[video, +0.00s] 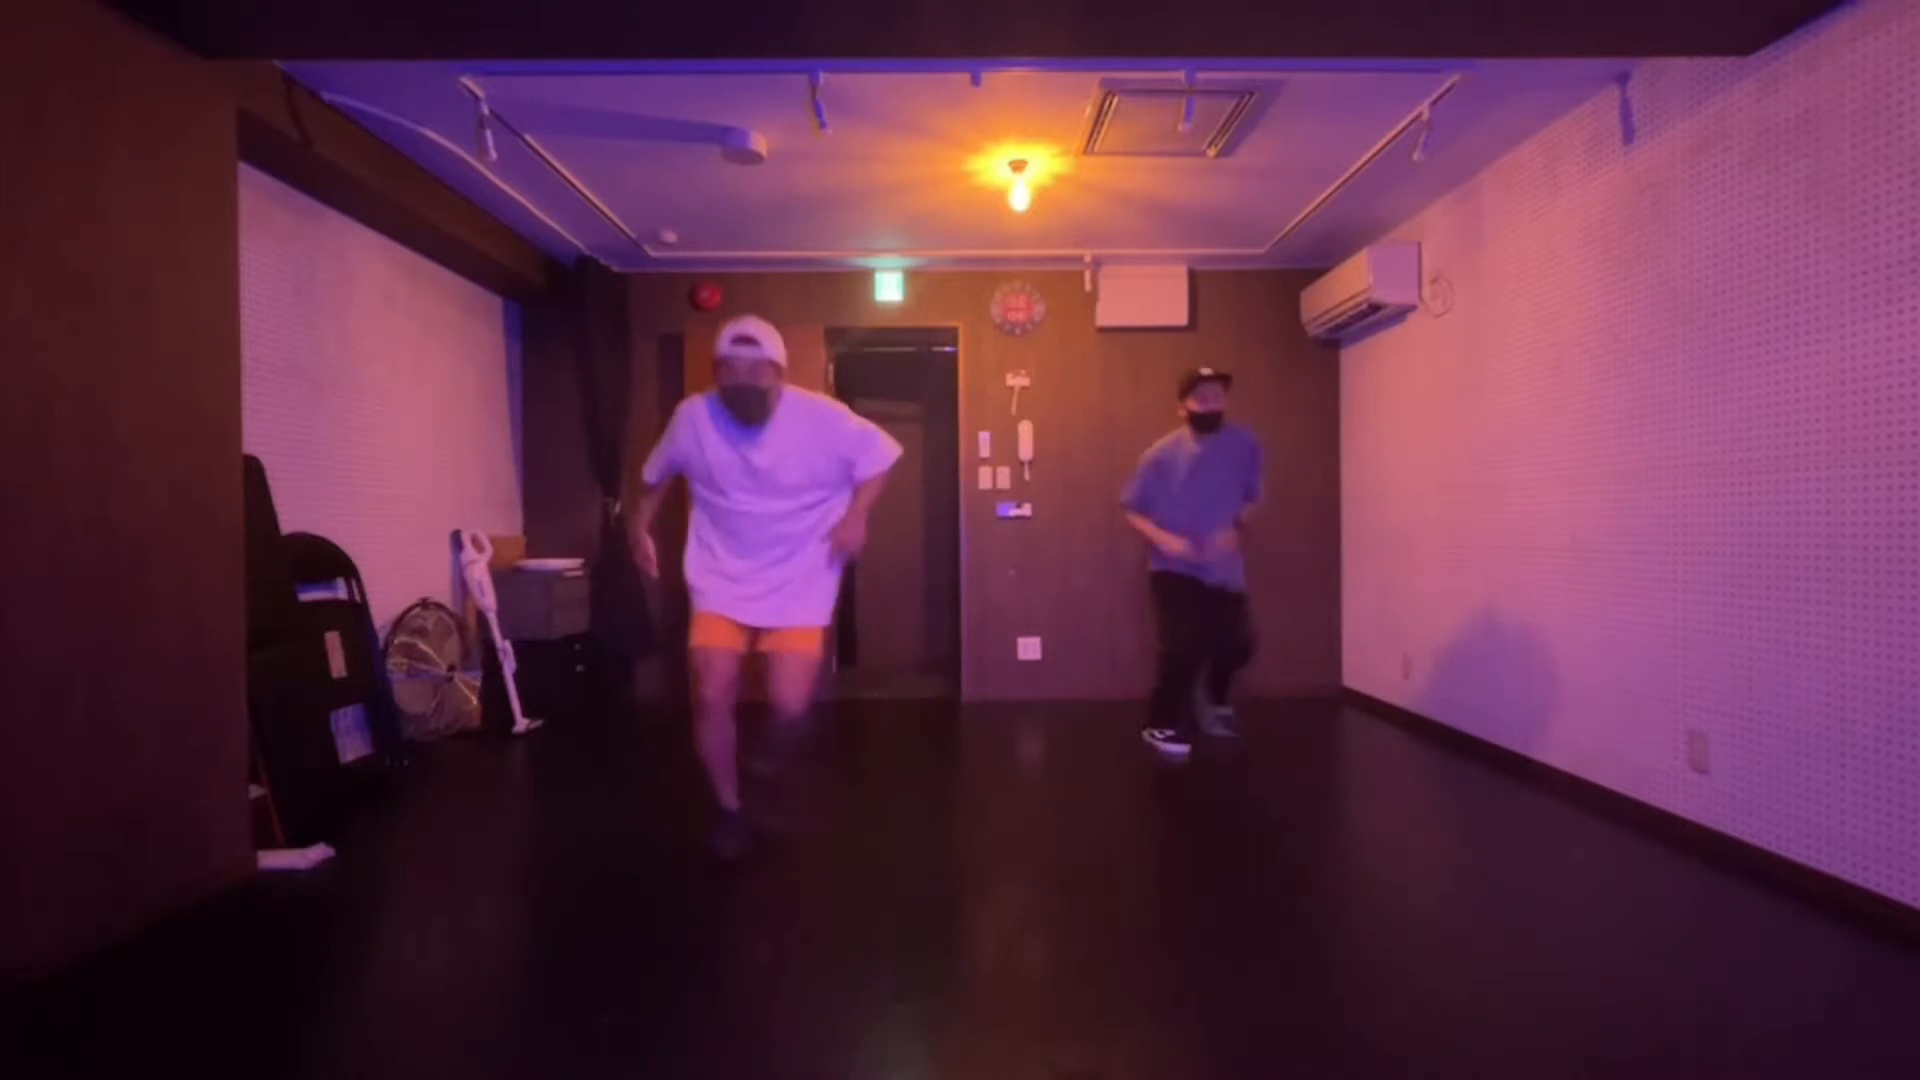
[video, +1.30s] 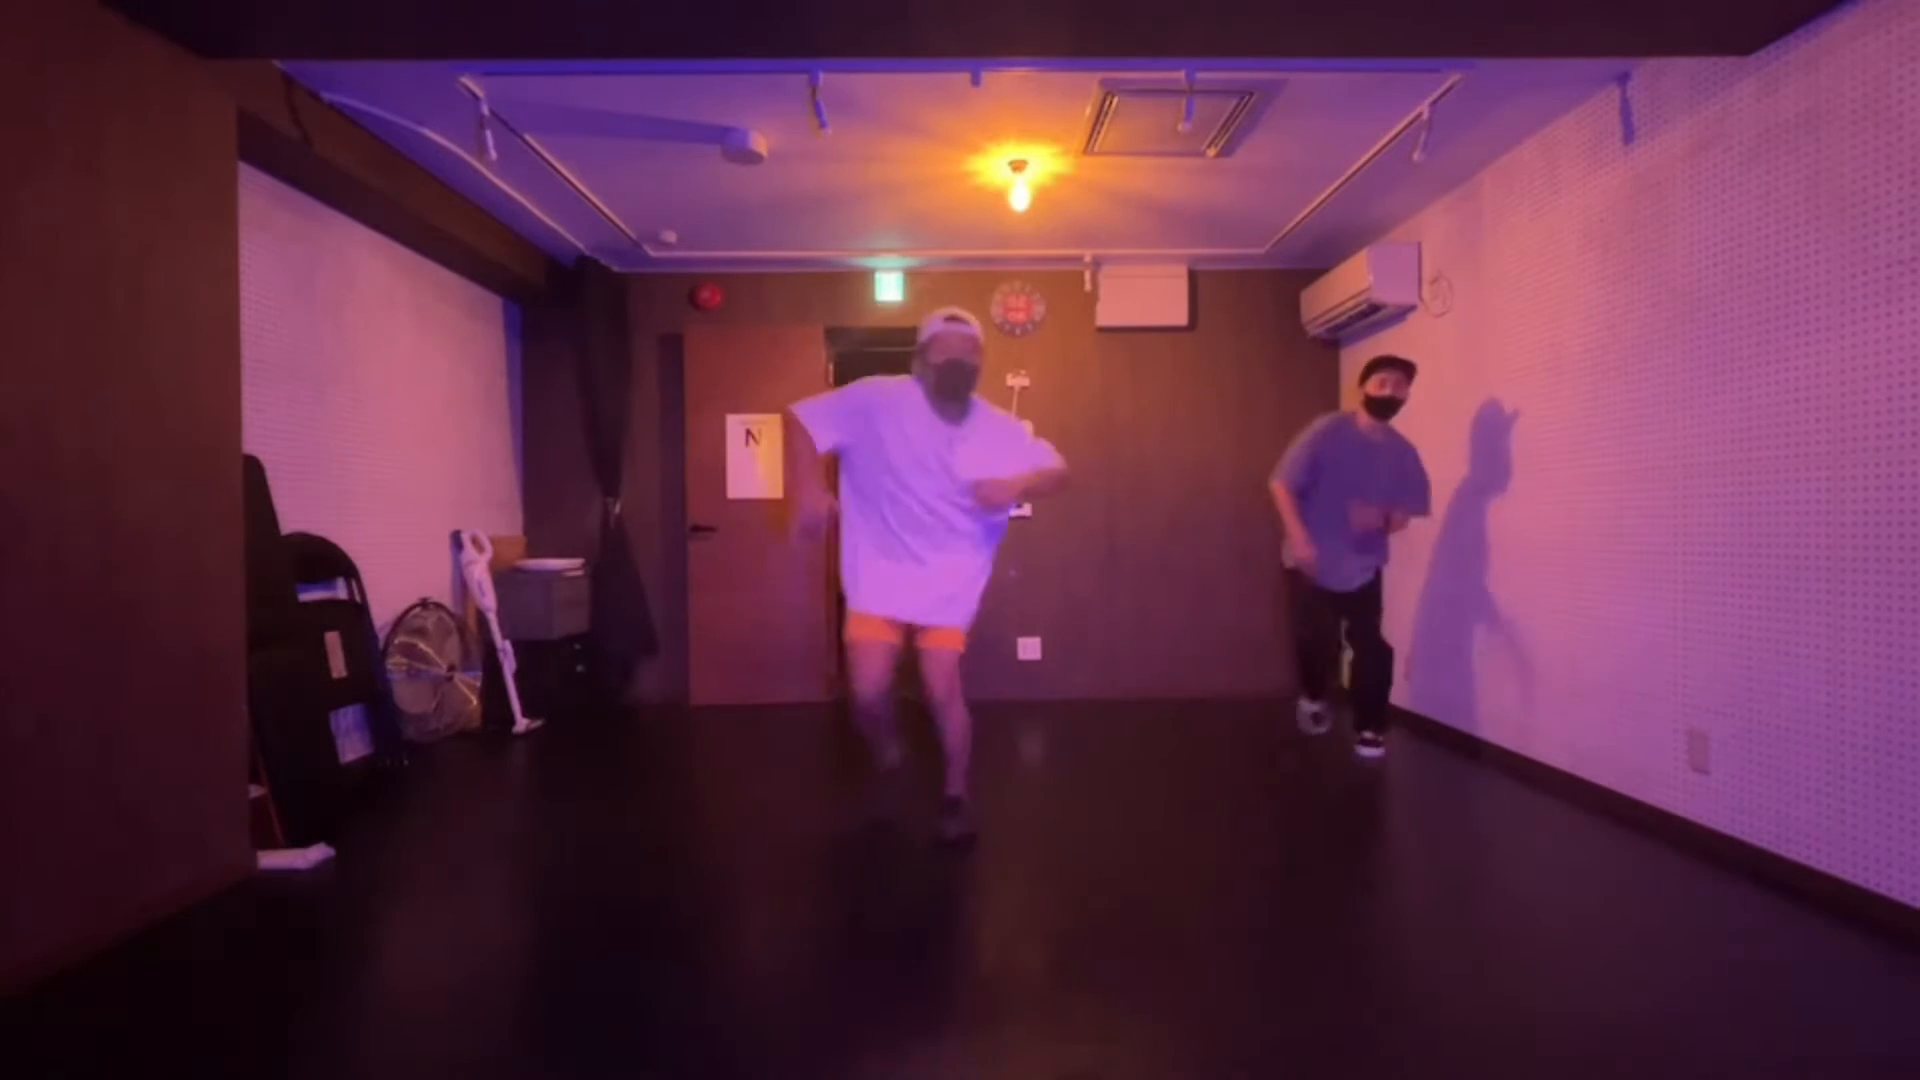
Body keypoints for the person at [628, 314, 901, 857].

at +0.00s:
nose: (744, 381)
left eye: (757, 369)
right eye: (734, 368)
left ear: (779, 374)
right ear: (717, 372)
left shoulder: (817, 416)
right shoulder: (694, 419)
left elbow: (881, 453)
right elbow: (656, 473)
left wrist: (858, 515)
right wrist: (640, 527)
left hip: (800, 578)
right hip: (720, 579)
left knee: (791, 705)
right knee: (712, 695)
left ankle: (779, 786)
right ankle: (729, 811)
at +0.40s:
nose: (735, 357)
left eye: (748, 346)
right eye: (726, 346)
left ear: (777, 350)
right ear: (715, 348)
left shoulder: (819, 404)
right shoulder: (695, 405)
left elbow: (871, 467)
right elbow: (688, 479)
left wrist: (839, 533)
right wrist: (680, 541)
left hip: (791, 574)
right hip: (718, 573)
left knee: (771, 701)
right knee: (721, 692)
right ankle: (733, 809)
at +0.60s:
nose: (770, 373)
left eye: (782, 362)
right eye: (760, 360)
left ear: (802, 366)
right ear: (741, 361)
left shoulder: (832, 415)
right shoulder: (707, 414)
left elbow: (900, 459)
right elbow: (659, 452)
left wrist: (853, 504)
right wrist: (673, 517)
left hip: (811, 578)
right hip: (730, 581)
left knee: (832, 690)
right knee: (724, 696)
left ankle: (754, 684)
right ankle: (735, 815)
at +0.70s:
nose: (811, 325)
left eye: (823, 316)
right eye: (801, 313)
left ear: (839, 328)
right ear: (776, 318)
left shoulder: (864, 393)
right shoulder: (737, 387)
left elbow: (897, 468)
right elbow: (701, 461)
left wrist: (869, 504)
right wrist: (690, 524)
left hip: (832, 565)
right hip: (750, 568)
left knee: (875, 673)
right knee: (743, 687)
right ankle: (736, 809)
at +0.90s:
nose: (869, 331)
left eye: (880, 321)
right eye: (858, 321)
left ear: (896, 325)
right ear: (837, 326)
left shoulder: (922, 397)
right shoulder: (803, 383)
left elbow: (936, 483)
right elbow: (771, 464)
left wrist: (916, 501)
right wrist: (735, 525)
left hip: (886, 569)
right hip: (806, 570)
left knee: (918, 682)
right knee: (774, 681)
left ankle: (899, 807)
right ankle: (741, 808)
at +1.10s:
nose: (914, 338)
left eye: (926, 329)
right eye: (904, 326)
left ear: (943, 338)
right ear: (884, 330)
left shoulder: (963, 397)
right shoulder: (844, 378)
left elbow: (1019, 454)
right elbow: (788, 433)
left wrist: (983, 476)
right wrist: (772, 483)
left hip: (918, 570)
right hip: (841, 561)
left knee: (929, 679)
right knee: (809, 668)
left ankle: (948, 792)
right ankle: (799, 791)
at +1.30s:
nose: (959, 368)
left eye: (969, 358)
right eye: (947, 356)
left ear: (980, 365)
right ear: (922, 360)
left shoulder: (995, 425)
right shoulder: (881, 397)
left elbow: (1057, 470)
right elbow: (803, 420)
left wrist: (1016, 486)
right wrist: (810, 488)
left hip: (950, 578)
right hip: (876, 572)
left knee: (941, 687)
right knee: (867, 691)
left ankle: (955, 799)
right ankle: (889, 775)